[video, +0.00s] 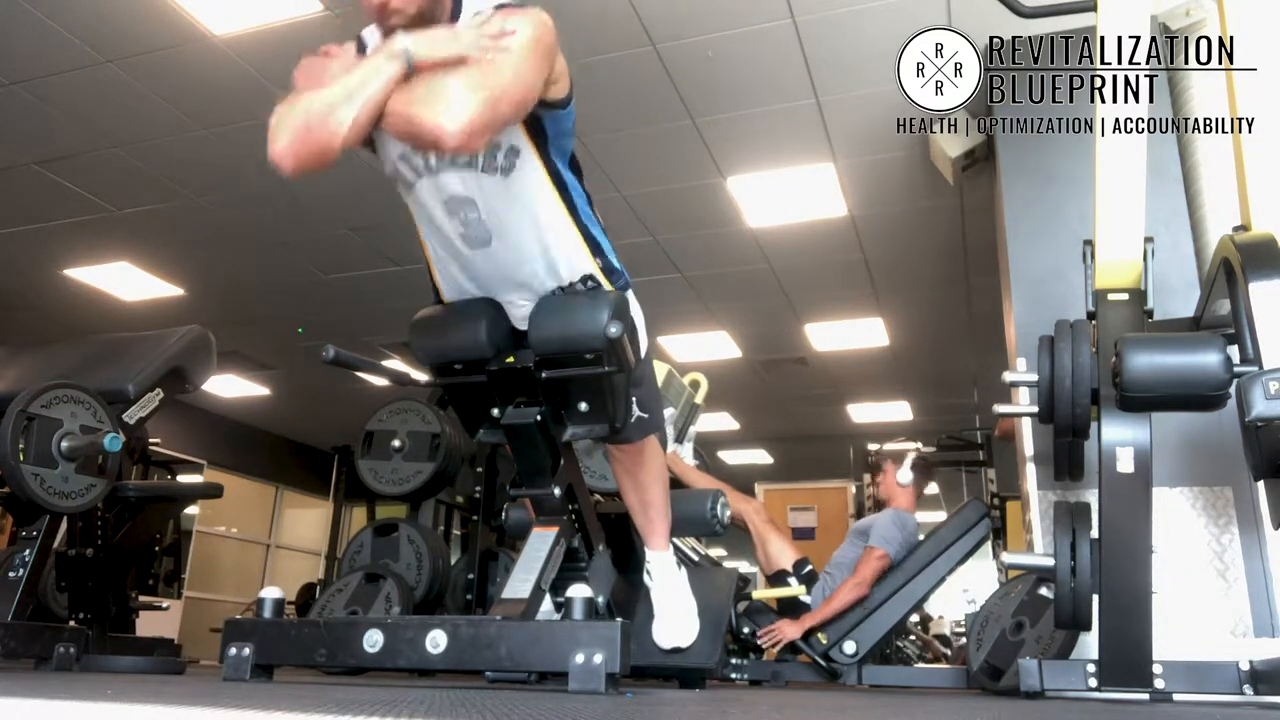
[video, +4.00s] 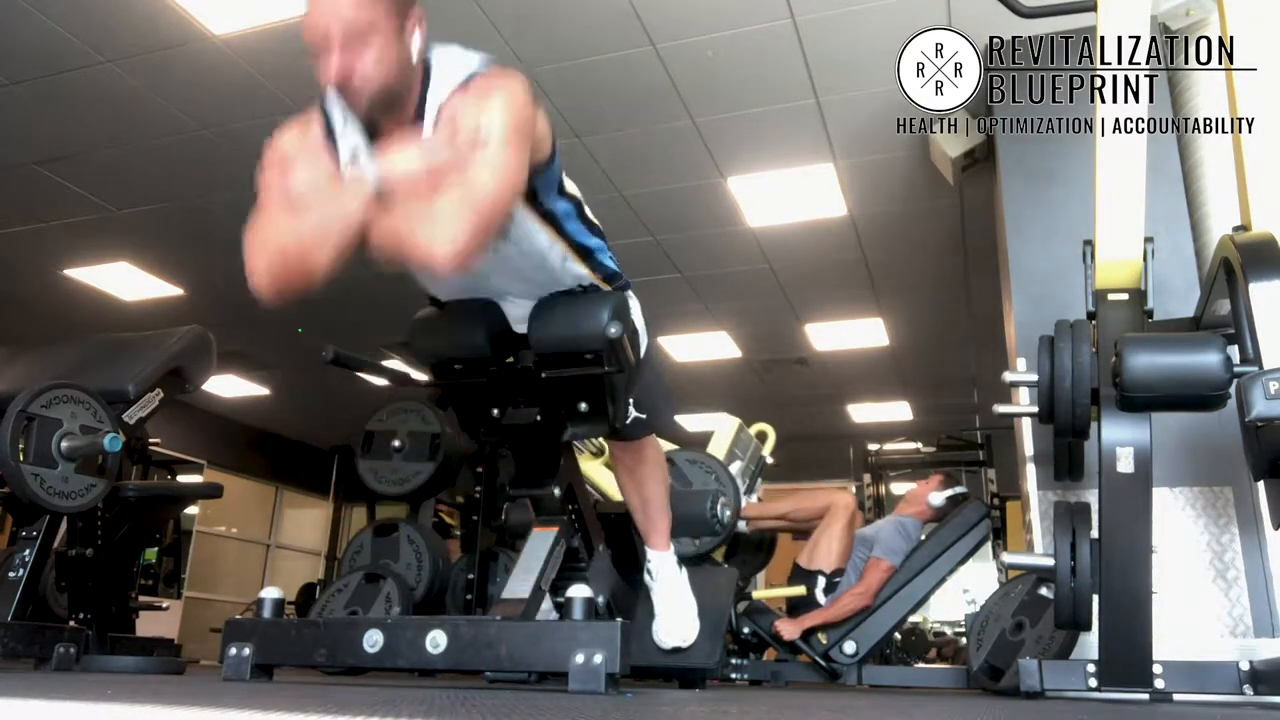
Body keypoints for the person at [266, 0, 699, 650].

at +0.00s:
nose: (376, 3)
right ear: (362, 8)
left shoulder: (520, 27)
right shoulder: (349, 58)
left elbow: (456, 122)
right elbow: (288, 150)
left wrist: (344, 81)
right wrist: (402, 51)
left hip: (578, 295)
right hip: (478, 312)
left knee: (629, 427)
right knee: (521, 445)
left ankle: (659, 559)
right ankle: (550, 535)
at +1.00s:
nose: (366, 448)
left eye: (380, 425)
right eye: (345, 435)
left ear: (417, 364)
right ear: (314, 400)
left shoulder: (510, 356)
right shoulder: (334, 397)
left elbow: (537, 524)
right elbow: (379, 538)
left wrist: (414, 475)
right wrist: (447, 500)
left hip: (566, 252)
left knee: (628, 422)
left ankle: (662, 564)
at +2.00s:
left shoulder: (560, 11)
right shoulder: (410, 45)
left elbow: (470, 21)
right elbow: (329, 44)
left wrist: (383, 17)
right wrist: (418, 5)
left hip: (575, 258)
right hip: (473, 274)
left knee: (627, 420)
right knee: (508, 431)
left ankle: (660, 561)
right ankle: (542, 554)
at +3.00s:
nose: (334, 87)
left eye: (353, 60)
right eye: (319, 65)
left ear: (409, 42)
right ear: (306, 62)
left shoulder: (492, 110)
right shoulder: (300, 157)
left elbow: (455, 276)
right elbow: (281, 306)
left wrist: (343, 225)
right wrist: (388, 204)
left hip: (573, 293)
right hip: (472, 315)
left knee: (627, 413)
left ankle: (661, 564)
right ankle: (548, 533)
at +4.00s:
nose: (336, 69)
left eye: (358, 42)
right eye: (321, 49)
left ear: (413, 29)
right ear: (309, 52)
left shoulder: (492, 96)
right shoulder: (304, 143)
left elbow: (445, 242)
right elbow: (269, 276)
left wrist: (343, 199)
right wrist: (386, 181)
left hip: (576, 294)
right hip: (474, 312)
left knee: (631, 428)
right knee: (509, 440)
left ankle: (662, 566)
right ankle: (547, 535)